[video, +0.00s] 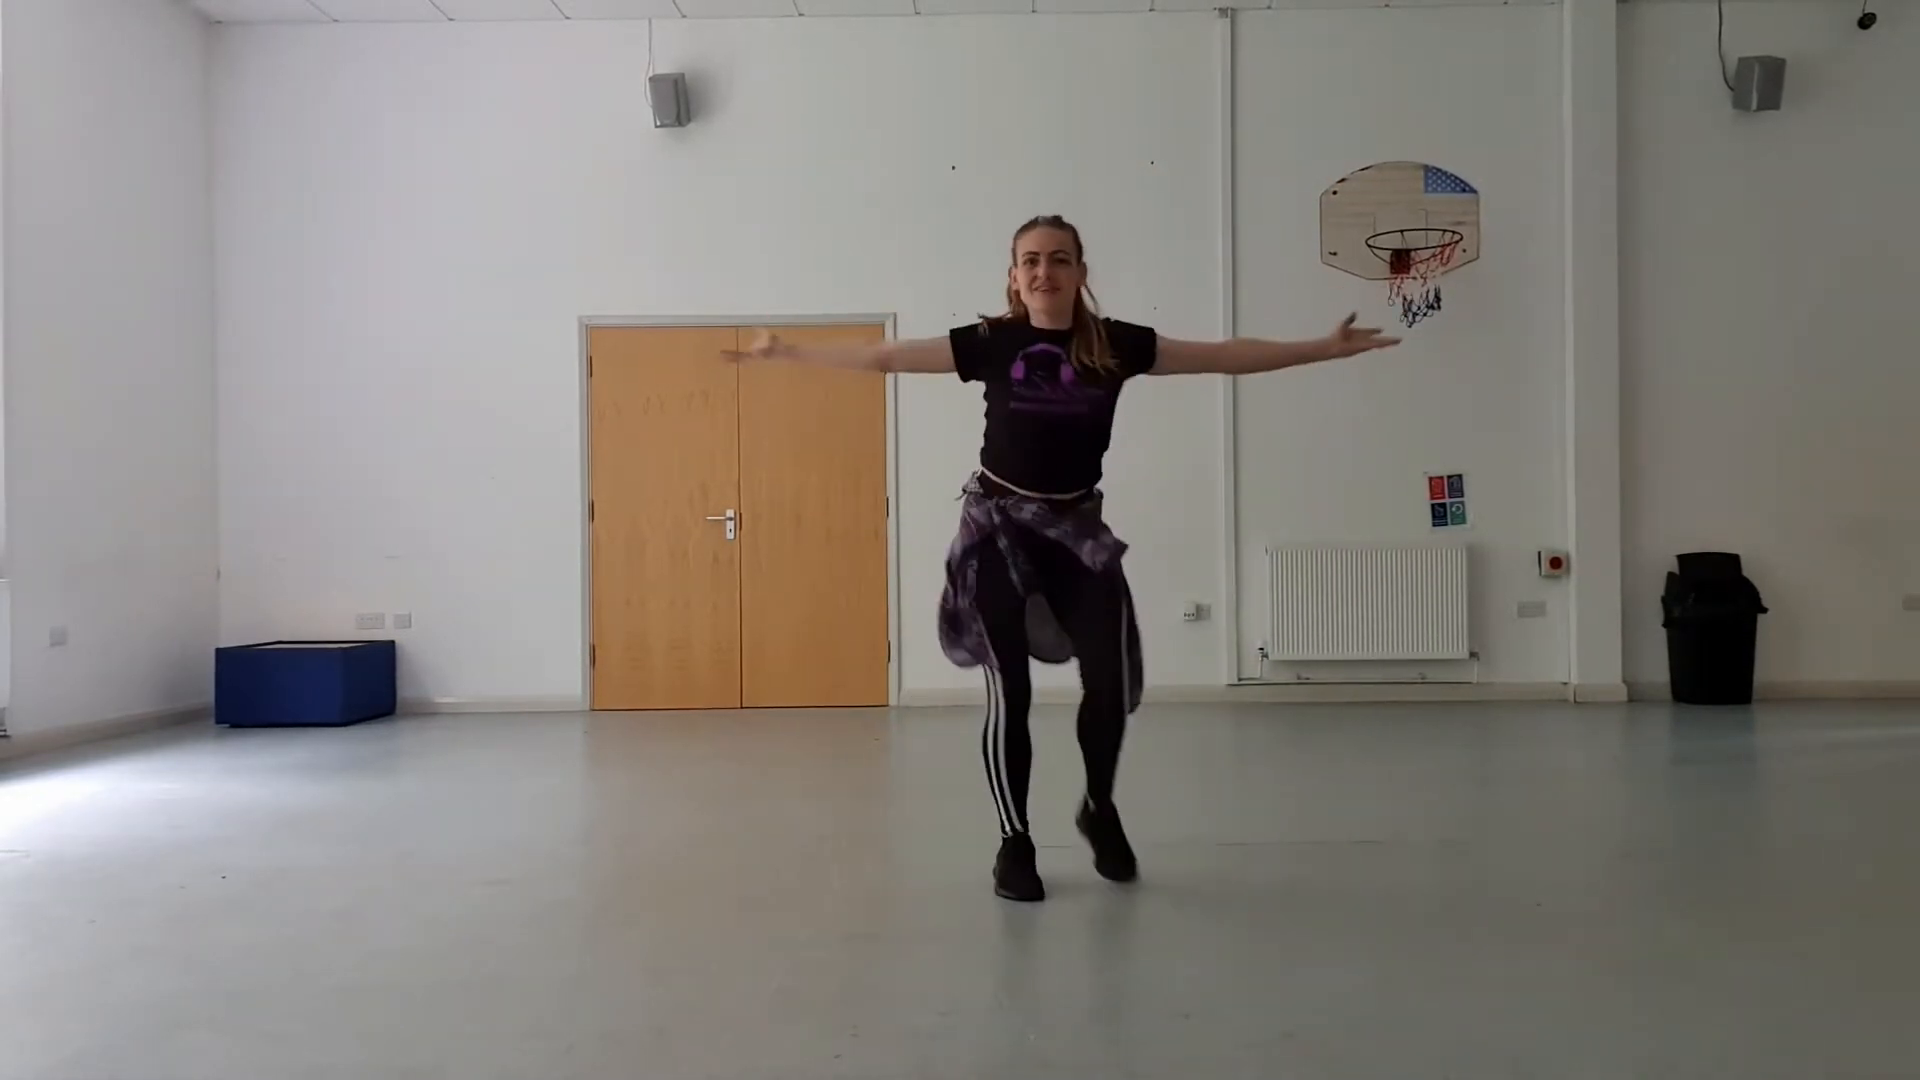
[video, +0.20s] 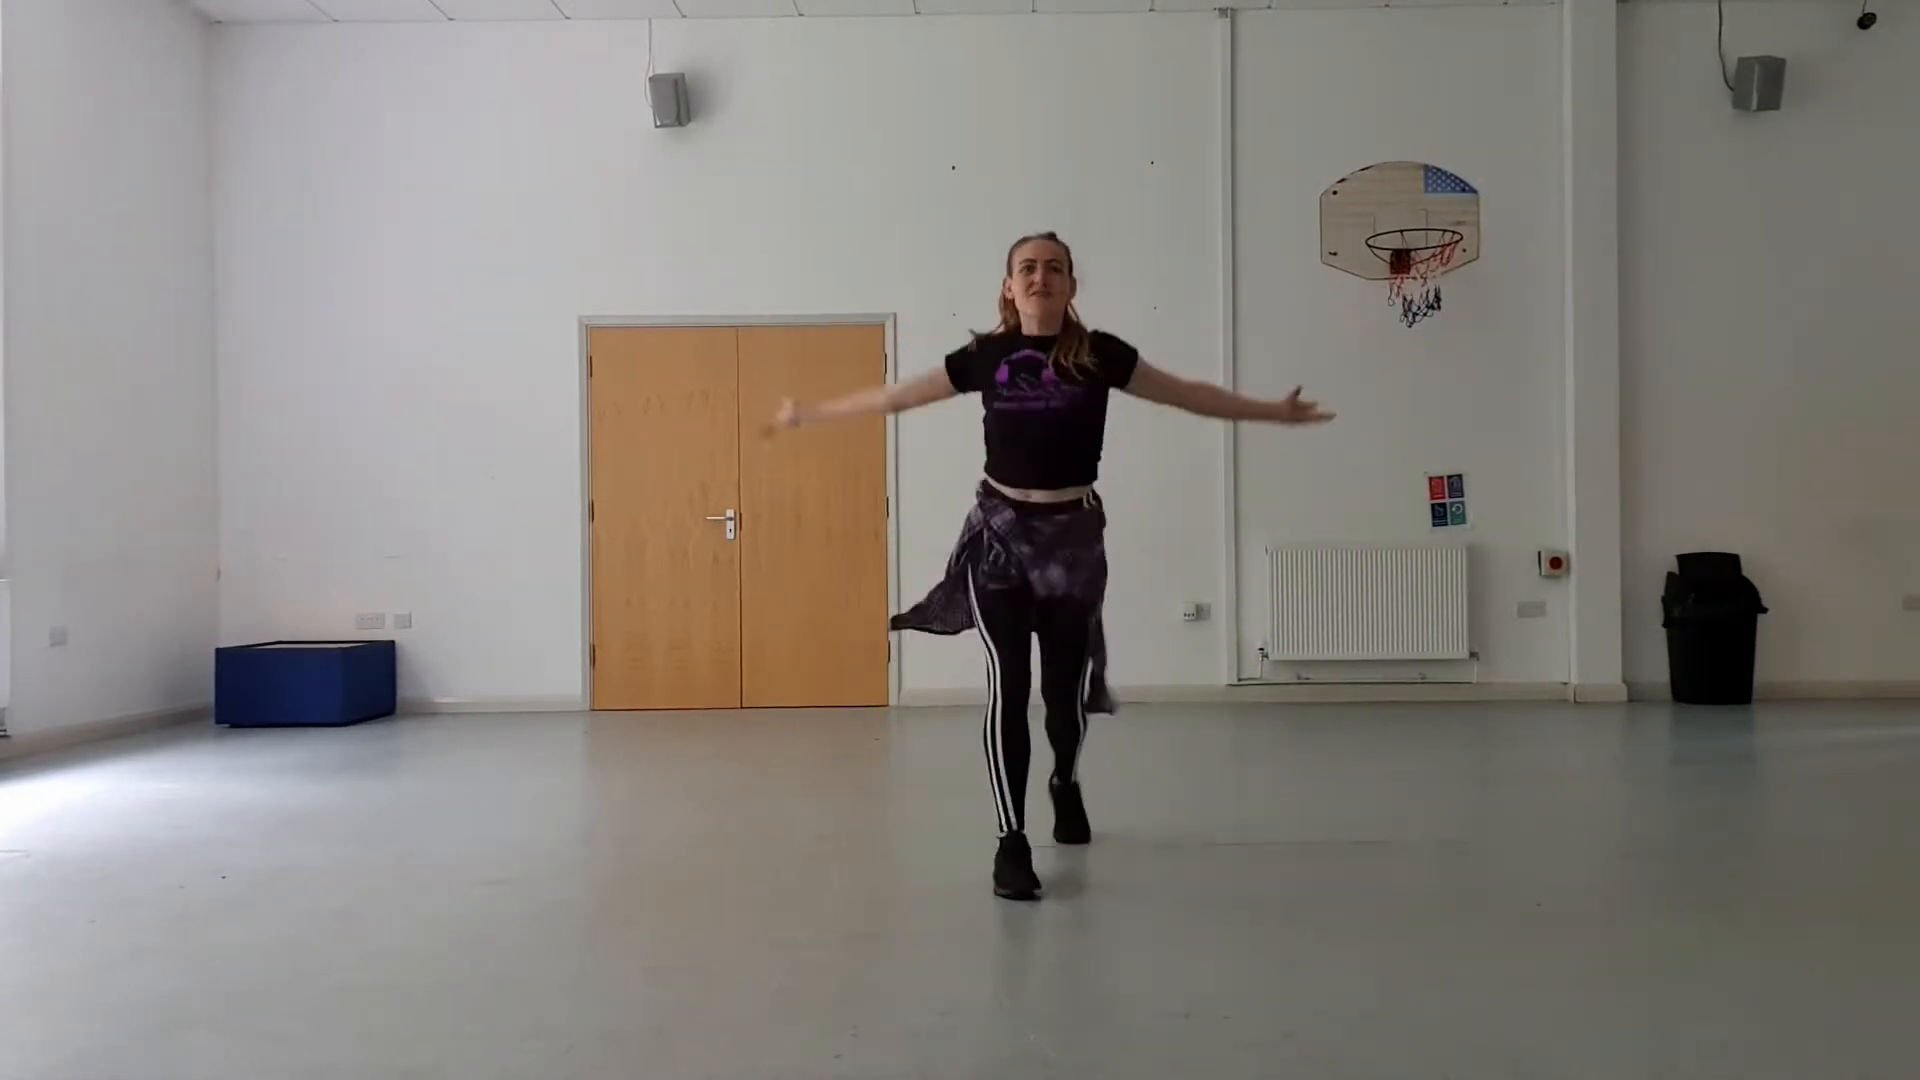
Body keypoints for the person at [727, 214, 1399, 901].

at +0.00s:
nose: (1043, 272)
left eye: (1058, 260)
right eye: (1030, 261)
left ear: (1082, 272)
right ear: (1012, 277)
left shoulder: (1118, 346)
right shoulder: (988, 345)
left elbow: (1230, 356)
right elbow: (883, 357)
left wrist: (1328, 347)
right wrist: (786, 349)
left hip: (1078, 529)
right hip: (998, 526)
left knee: (1112, 680)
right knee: (1011, 684)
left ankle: (1099, 809)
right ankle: (1017, 843)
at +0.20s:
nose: (1036, 277)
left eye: (1050, 268)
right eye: (1024, 270)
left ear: (1072, 288)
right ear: (1009, 290)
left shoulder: (1099, 356)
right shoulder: (987, 357)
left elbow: (1189, 395)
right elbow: (895, 395)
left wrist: (1275, 410)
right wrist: (807, 411)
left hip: (1073, 534)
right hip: (1000, 533)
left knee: (1063, 692)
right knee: (1009, 689)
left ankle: (1064, 784)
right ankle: (1012, 842)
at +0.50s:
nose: (1043, 281)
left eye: (1055, 273)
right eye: (1031, 275)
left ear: (1074, 293)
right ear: (1014, 296)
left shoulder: (1094, 356)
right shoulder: (989, 358)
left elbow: (1143, 417)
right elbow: (932, 432)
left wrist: (1179, 467)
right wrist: (876, 500)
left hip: (1073, 524)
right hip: (1001, 523)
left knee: (1062, 670)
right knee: (988, 663)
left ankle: (1053, 797)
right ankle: (985, 780)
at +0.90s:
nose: (996, 285)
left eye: (1011, 279)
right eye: (993, 278)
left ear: (1044, 298)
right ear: (989, 297)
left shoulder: (1062, 354)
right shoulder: (978, 360)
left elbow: (1157, 379)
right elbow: (985, 426)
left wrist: (1084, 419)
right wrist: (972, 475)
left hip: (1066, 516)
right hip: (1004, 523)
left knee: (1092, 652)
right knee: (996, 665)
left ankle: (1146, 777)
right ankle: (1001, 793)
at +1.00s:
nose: (1014, 277)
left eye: (1028, 269)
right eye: (1014, 269)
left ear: (1064, 282)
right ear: (1017, 286)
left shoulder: (1068, 332)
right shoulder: (1016, 349)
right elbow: (1008, 450)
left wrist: (1046, 374)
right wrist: (997, 488)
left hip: (1072, 504)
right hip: (1019, 516)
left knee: (1111, 654)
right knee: (1010, 659)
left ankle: (1201, 798)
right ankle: (1010, 790)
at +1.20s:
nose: (1080, 309)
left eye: (1093, 300)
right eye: (1083, 299)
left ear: (1132, 307)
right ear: (1130, 310)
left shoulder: (1110, 351)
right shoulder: (1148, 375)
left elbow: (1030, 338)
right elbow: (1151, 481)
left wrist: (945, 316)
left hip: (1097, 533)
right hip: (1081, 532)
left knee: (1132, 695)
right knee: (1028, 669)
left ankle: (1231, 830)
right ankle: (1017, 800)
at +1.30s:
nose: (1099, 320)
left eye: (1111, 308)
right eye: (1099, 309)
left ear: (1149, 314)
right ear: (1148, 318)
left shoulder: (1141, 358)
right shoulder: (1170, 379)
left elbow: (1069, 354)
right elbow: (1201, 485)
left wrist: (979, 325)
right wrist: (1125, 494)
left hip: (1139, 536)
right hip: (1124, 537)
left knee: (1148, 703)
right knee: (1036, 658)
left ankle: (1237, 831)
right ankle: (1009, 788)